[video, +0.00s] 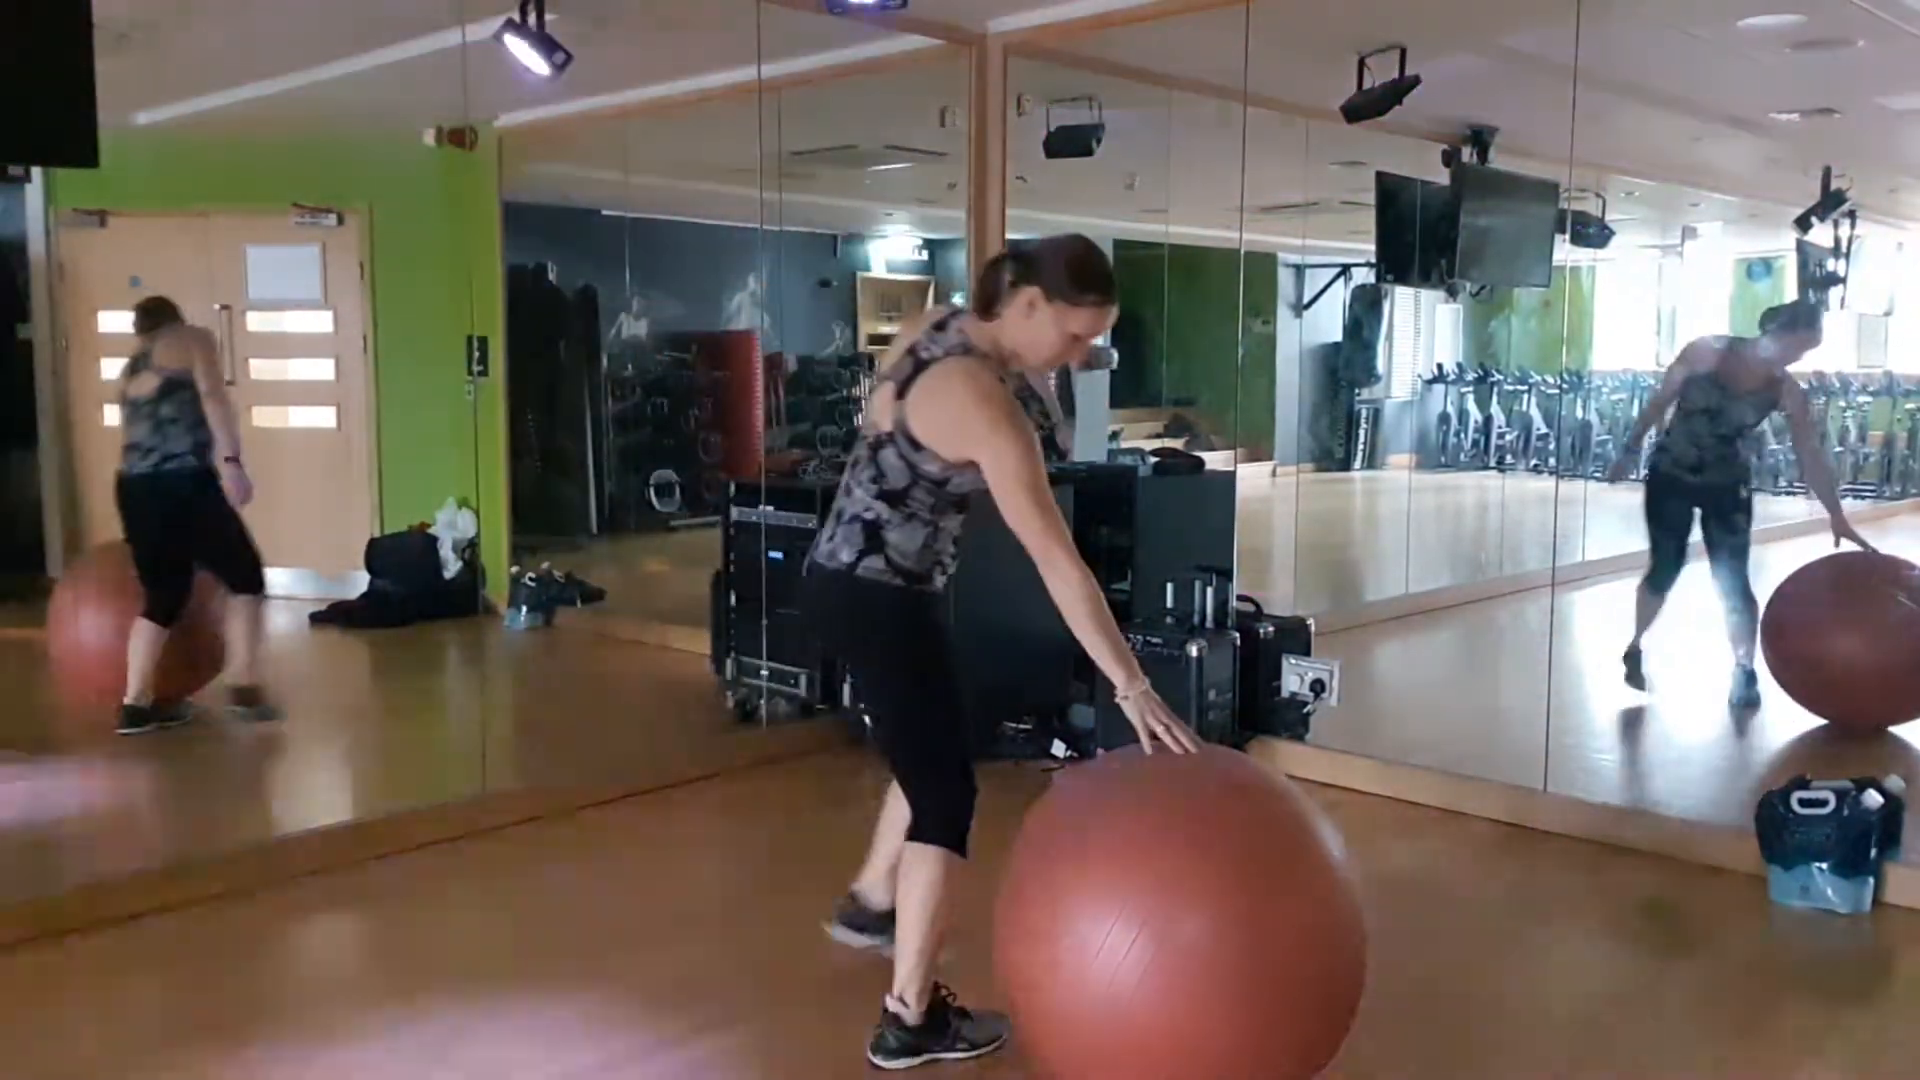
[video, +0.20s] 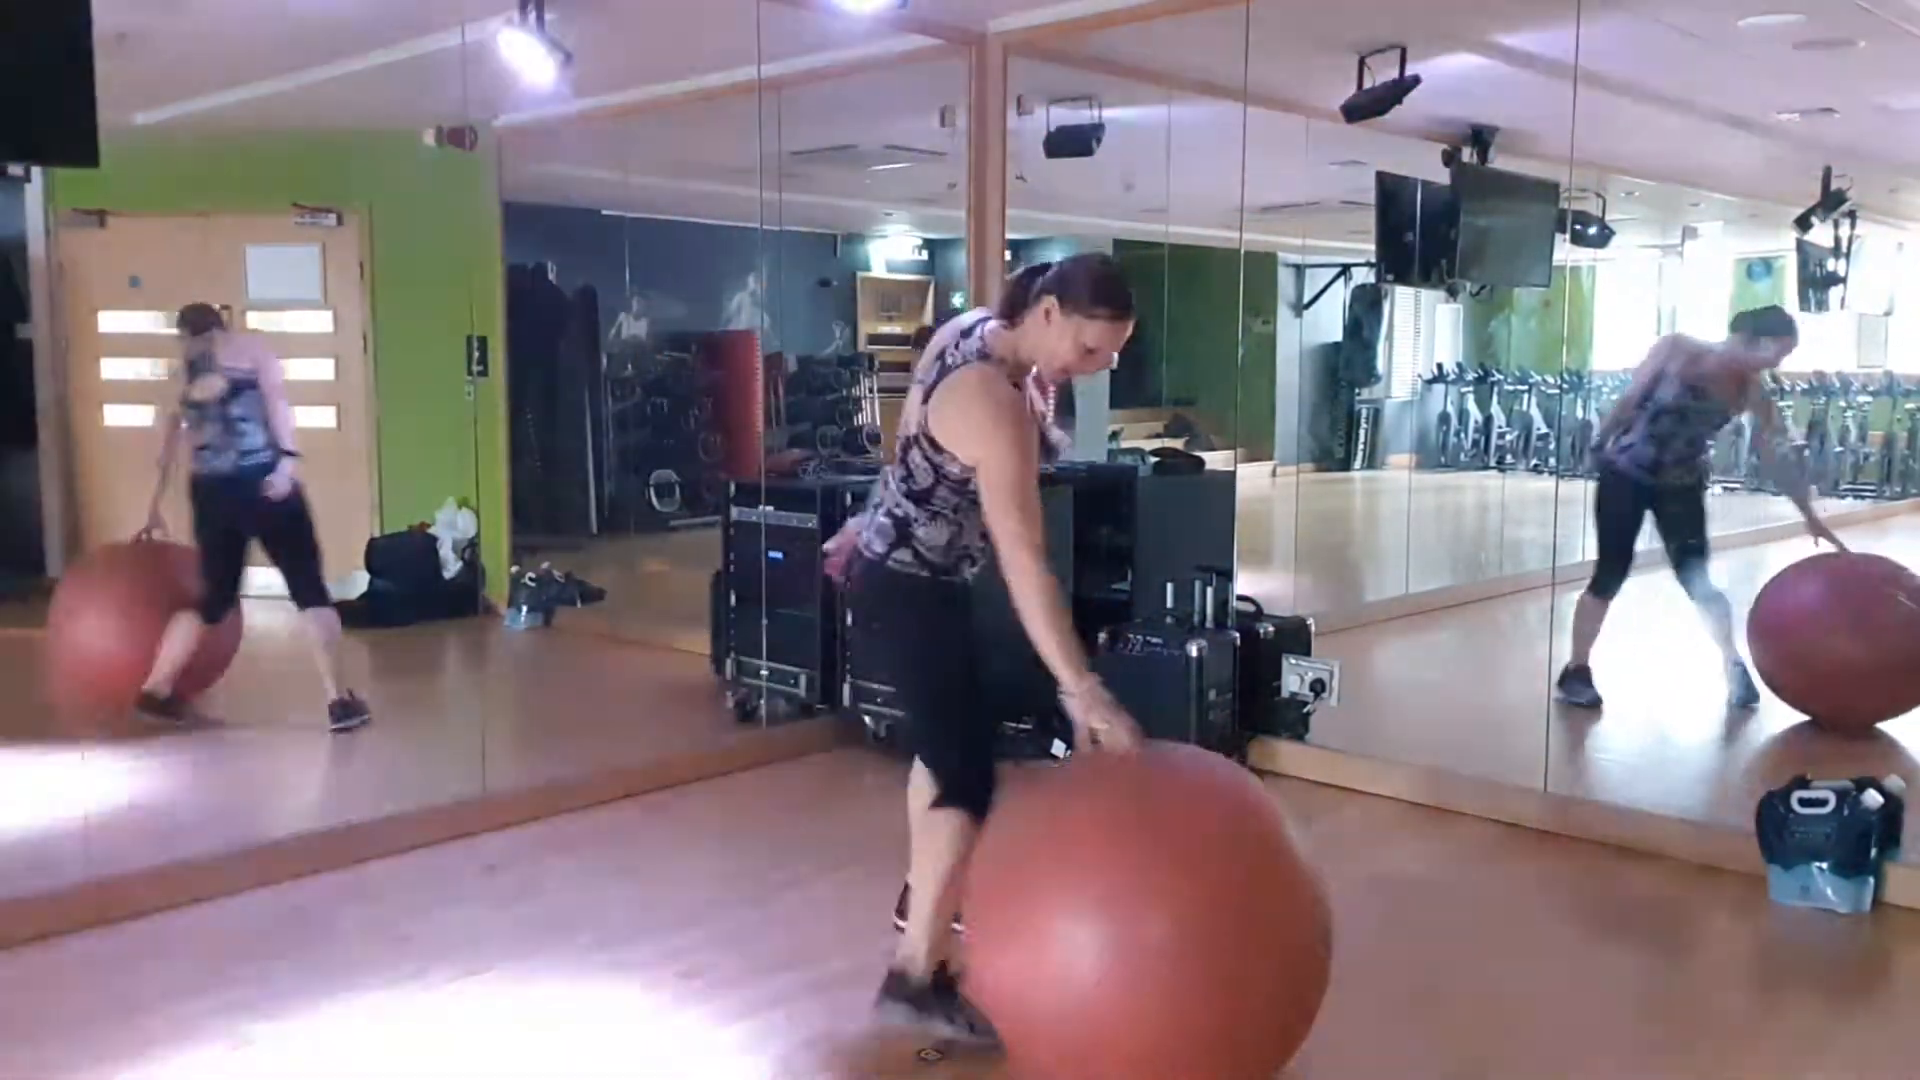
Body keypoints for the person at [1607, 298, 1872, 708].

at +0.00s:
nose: (1800, 356)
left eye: (1807, 349)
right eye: (1801, 345)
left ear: (1796, 344)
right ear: (1778, 333)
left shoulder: (1786, 391)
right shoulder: (1705, 353)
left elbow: (1811, 456)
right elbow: (1660, 401)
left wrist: (1837, 516)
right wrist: (1629, 451)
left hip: (1725, 478)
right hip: (1671, 470)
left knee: (1732, 579)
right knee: (1666, 566)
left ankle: (1744, 671)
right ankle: (1634, 646)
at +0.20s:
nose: (1774, 365)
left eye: (1780, 357)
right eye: (1774, 353)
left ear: (1771, 351)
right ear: (1751, 338)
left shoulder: (1753, 395)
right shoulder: (1676, 350)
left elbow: (1776, 460)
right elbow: (1632, 399)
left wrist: (1811, 517)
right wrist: (1600, 439)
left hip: (1680, 480)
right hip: (1626, 470)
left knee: (1697, 582)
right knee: (1610, 572)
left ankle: (1734, 667)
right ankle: (1576, 670)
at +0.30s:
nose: (1760, 368)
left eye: (1765, 361)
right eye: (1761, 357)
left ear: (1742, 349)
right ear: (1738, 343)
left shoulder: (1729, 393)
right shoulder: (1659, 356)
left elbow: (1742, 461)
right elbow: (1607, 408)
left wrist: (1776, 522)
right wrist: (1572, 464)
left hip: (1659, 491)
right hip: (1606, 483)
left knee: (1664, 589)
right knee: (1597, 581)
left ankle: (1699, 652)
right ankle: (1571, 673)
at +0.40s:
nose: (1742, 366)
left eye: (1747, 361)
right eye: (1743, 356)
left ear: (1729, 346)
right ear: (1722, 339)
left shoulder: (1712, 397)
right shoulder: (1646, 356)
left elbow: (1707, 464)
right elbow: (1598, 407)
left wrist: (1721, 521)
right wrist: (1570, 461)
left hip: (1646, 492)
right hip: (1592, 482)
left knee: (1648, 593)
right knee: (1591, 581)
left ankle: (1650, 662)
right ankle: (1571, 673)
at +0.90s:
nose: (1738, 361)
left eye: (1743, 354)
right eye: (1741, 350)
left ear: (1724, 337)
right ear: (1724, 332)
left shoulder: (1697, 387)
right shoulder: (1651, 349)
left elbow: (1674, 450)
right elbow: (1612, 405)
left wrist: (1675, 500)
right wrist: (1610, 468)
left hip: (1664, 493)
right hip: (1616, 484)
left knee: (1677, 590)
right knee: (1639, 583)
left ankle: (1669, 689)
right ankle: (1580, 656)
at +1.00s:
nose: (1736, 361)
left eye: (1742, 353)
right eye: (1739, 350)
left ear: (1723, 336)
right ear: (1722, 332)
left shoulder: (1695, 384)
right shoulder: (1648, 354)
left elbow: (1670, 444)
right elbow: (1610, 413)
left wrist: (1676, 496)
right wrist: (1593, 477)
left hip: (1670, 495)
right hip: (1623, 490)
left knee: (1680, 590)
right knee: (1657, 589)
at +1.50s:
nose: (1682, 376)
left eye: (1686, 369)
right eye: (1680, 367)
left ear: (1681, 360)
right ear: (1658, 355)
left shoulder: (1672, 395)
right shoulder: (1602, 395)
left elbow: (1651, 452)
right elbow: (1571, 457)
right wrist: (1565, 510)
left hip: (1660, 511)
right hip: (1608, 513)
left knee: (1685, 606)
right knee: (1653, 598)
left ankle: (1673, 698)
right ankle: (1612, 693)